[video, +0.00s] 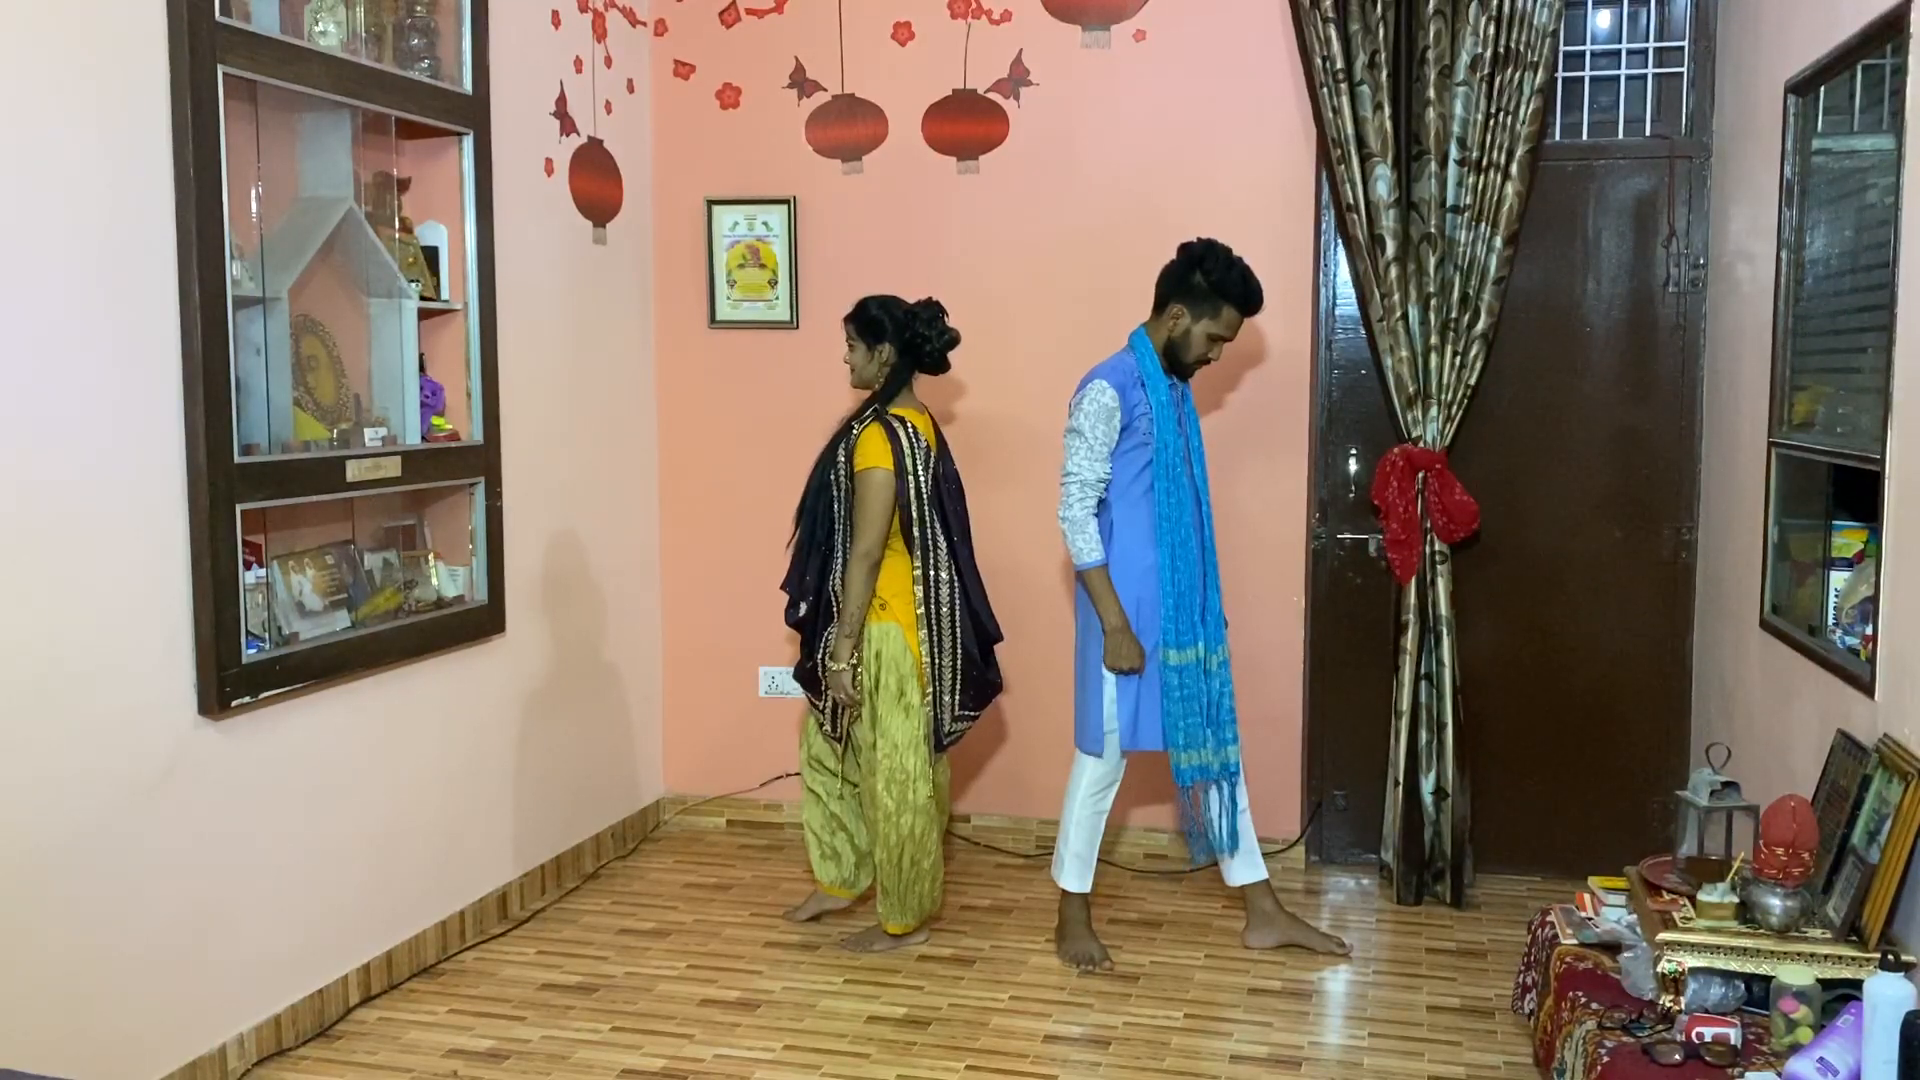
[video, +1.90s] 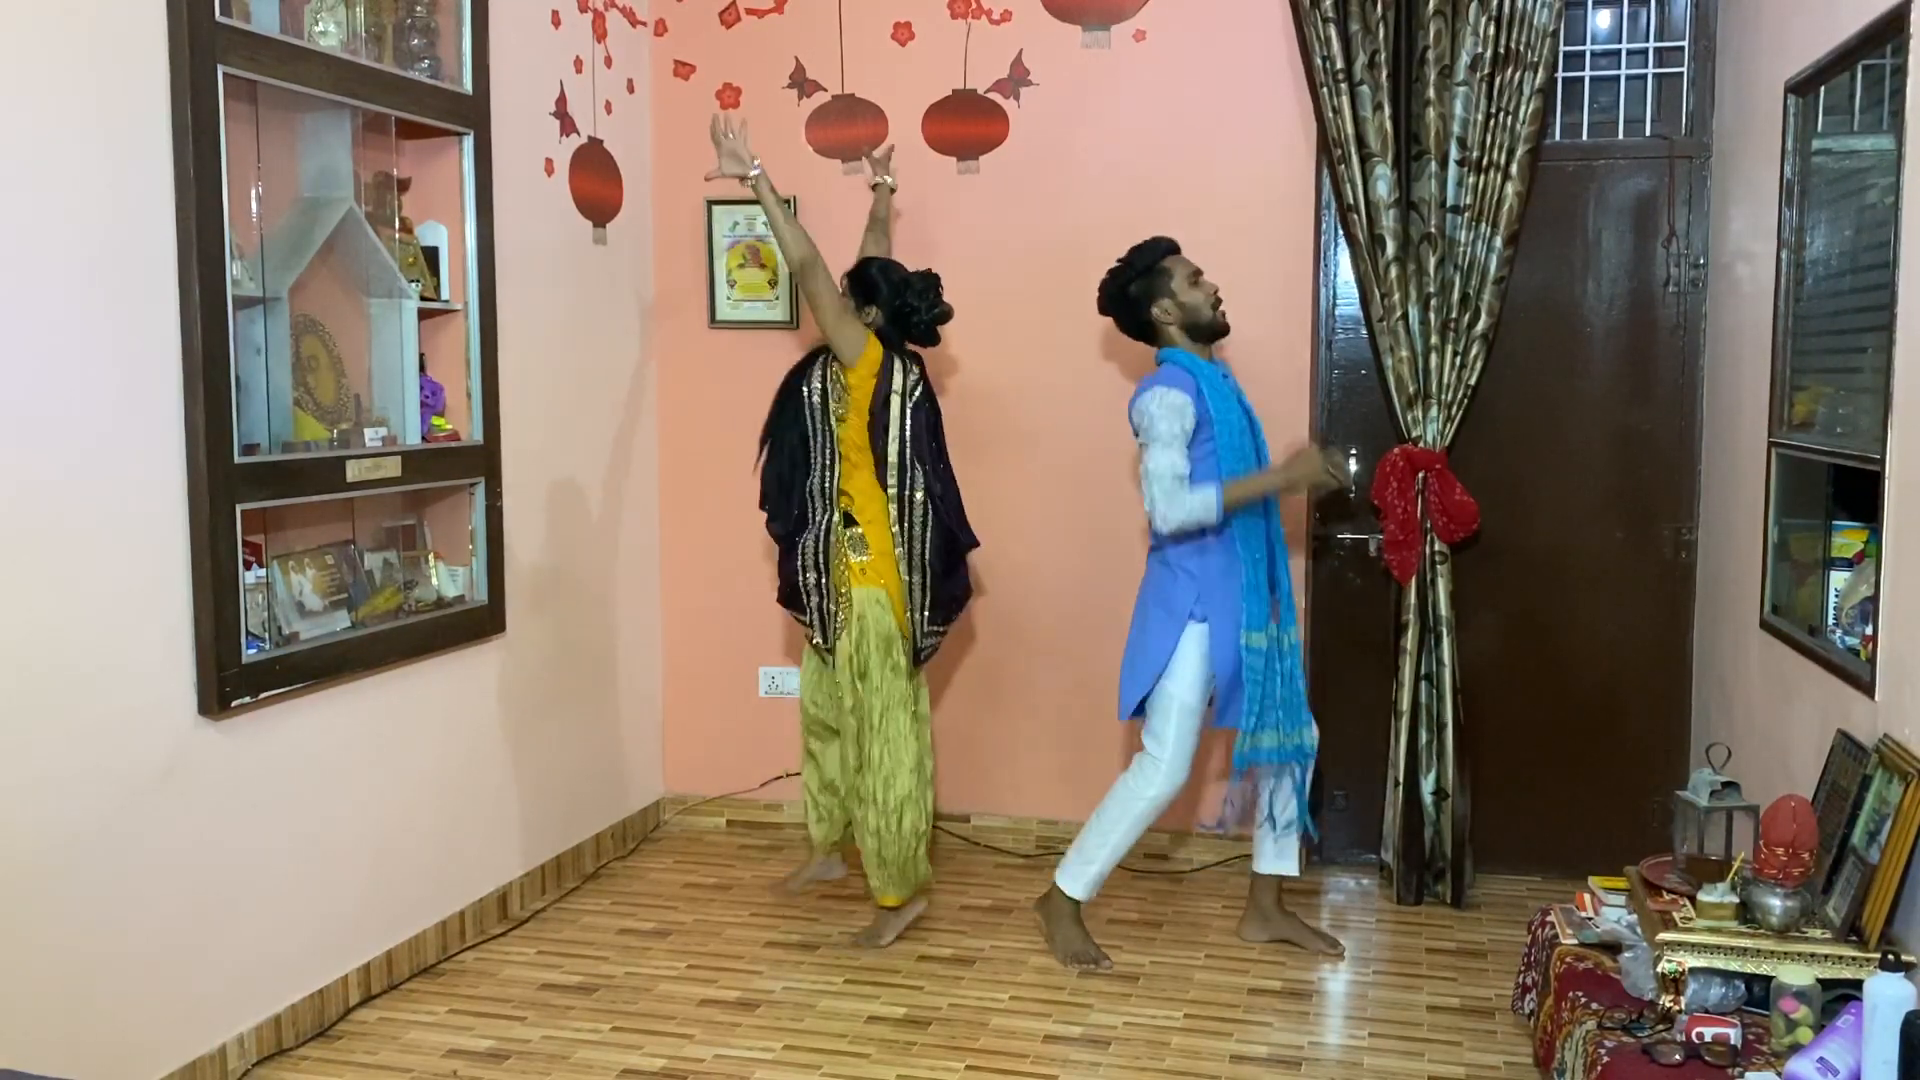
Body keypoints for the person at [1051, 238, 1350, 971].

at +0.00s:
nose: (1219, 353)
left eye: (1227, 340)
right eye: (1215, 336)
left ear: (1194, 320)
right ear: (1173, 312)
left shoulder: (1172, 391)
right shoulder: (1106, 392)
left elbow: (1173, 516)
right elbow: (1076, 515)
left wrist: (1200, 608)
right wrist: (1114, 622)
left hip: (1184, 604)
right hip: (1123, 605)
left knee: (1211, 745)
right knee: (1103, 754)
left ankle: (1263, 908)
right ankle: (1072, 913)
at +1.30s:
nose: (1232, 302)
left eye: (1225, 288)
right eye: (1216, 290)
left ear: (1181, 313)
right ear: (1173, 311)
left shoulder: (1188, 401)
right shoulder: (1135, 402)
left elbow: (1189, 502)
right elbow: (1111, 506)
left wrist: (1240, 546)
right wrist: (1215, 552)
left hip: (1196, 616)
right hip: (1140, 619)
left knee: (1277, 733)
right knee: (1136, 767)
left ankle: (1270, 908)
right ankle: (1078, 918)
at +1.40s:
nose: (1218, 272)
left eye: (1209, 260)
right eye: (1201, 264)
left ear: (1182, 289)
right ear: (1167, 290)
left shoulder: (1205, 378)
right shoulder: (1146, 368)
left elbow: (1258, 405)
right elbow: (1165, 376)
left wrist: (1263, 389)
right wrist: (1227, 373)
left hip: (1220, 589)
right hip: (1157, 588)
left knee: (1275, 731)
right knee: (1132, 752)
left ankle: (1271, 905)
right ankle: (1073, 907)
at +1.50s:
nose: (1205, 255)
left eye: (1198, 246)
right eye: (1190, 248)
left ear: (1175, 270)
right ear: (1155, 269)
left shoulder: (1201, 321)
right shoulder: (1158, 326)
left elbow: (1234, 225)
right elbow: (1177, 230)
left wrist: (1288, 157)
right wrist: (1255, 129)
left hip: (1230, 540)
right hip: (1170, 539)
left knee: (1253, 700)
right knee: (1131, 707)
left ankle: (1278, 880)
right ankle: (1075, 885)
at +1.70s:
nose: (1202, 251)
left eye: (1192, 242)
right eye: (1183, 245)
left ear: (1164, 274)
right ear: (1155, 274)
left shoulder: (1219, 325)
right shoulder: (1173, 336)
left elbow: (1241, 247)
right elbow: (1191, 247)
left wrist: (1266, 171)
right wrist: (1247, 161)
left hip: (1250, 557)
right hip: (1193, 558)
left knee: (1258, 714)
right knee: (1144, 718)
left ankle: (1268, 890)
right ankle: (1076, 890)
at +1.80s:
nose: (1206, 262)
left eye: (1196, 253)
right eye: (1189, 260)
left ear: (1180, 287)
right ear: (1162, 293)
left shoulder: (1207, 346)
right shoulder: (1164, 353)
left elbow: (1244, 345)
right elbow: (1198, 350)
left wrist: (1267, 323)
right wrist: (1254, 322)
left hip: (1254, 568)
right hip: (1200, 571)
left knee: (1260, 725)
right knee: (1147, 728)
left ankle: (1264, 898)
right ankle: (1064, 890)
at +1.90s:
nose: (1213, 284)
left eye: (1202, 274)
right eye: (1195, 280)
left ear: (1174, 310)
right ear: (1165, 311)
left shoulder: (1218, 385)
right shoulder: (1166, 394)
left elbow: (1221, 495)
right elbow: (1169, 508)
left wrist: (1299, 479)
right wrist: (1280, 478)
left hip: (1251, 598)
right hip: (1194, 601)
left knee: (1288, 738)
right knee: (1165, 763)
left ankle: (1268, 901)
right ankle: (1065, 898)